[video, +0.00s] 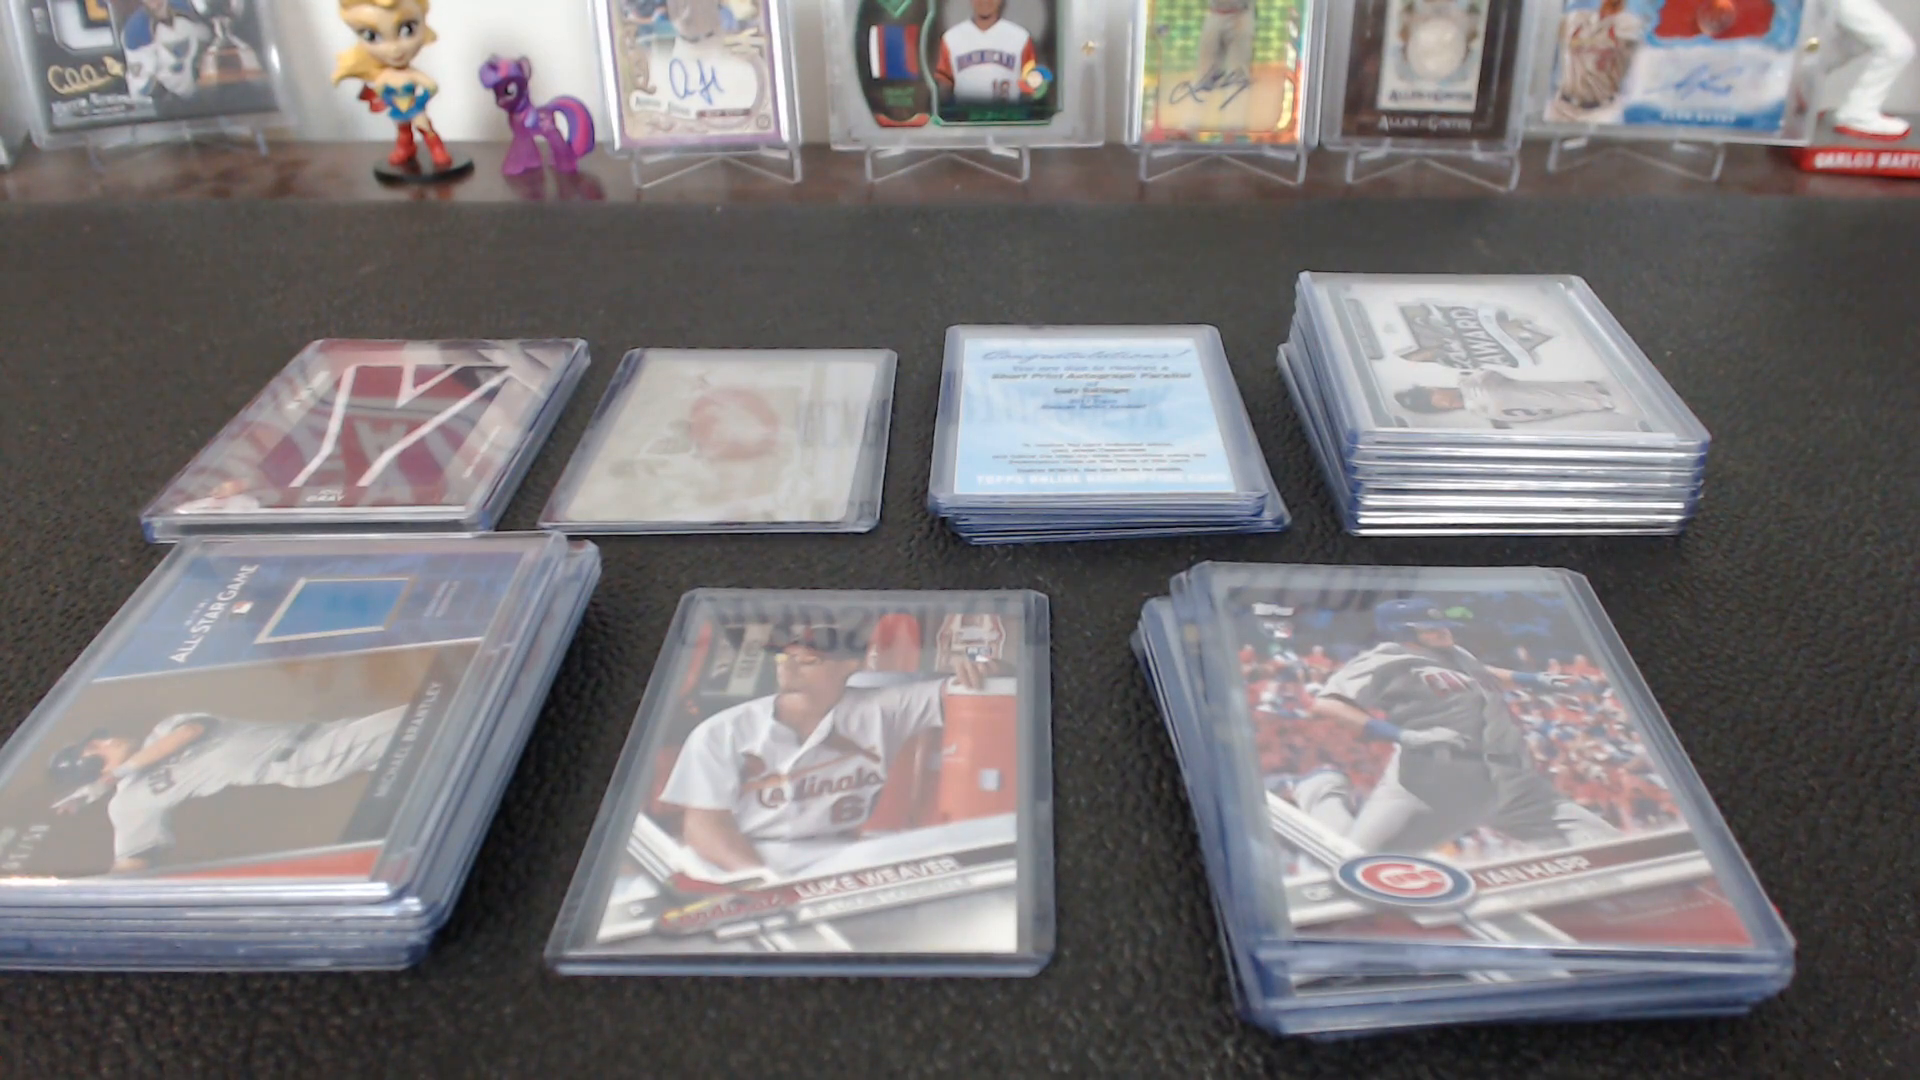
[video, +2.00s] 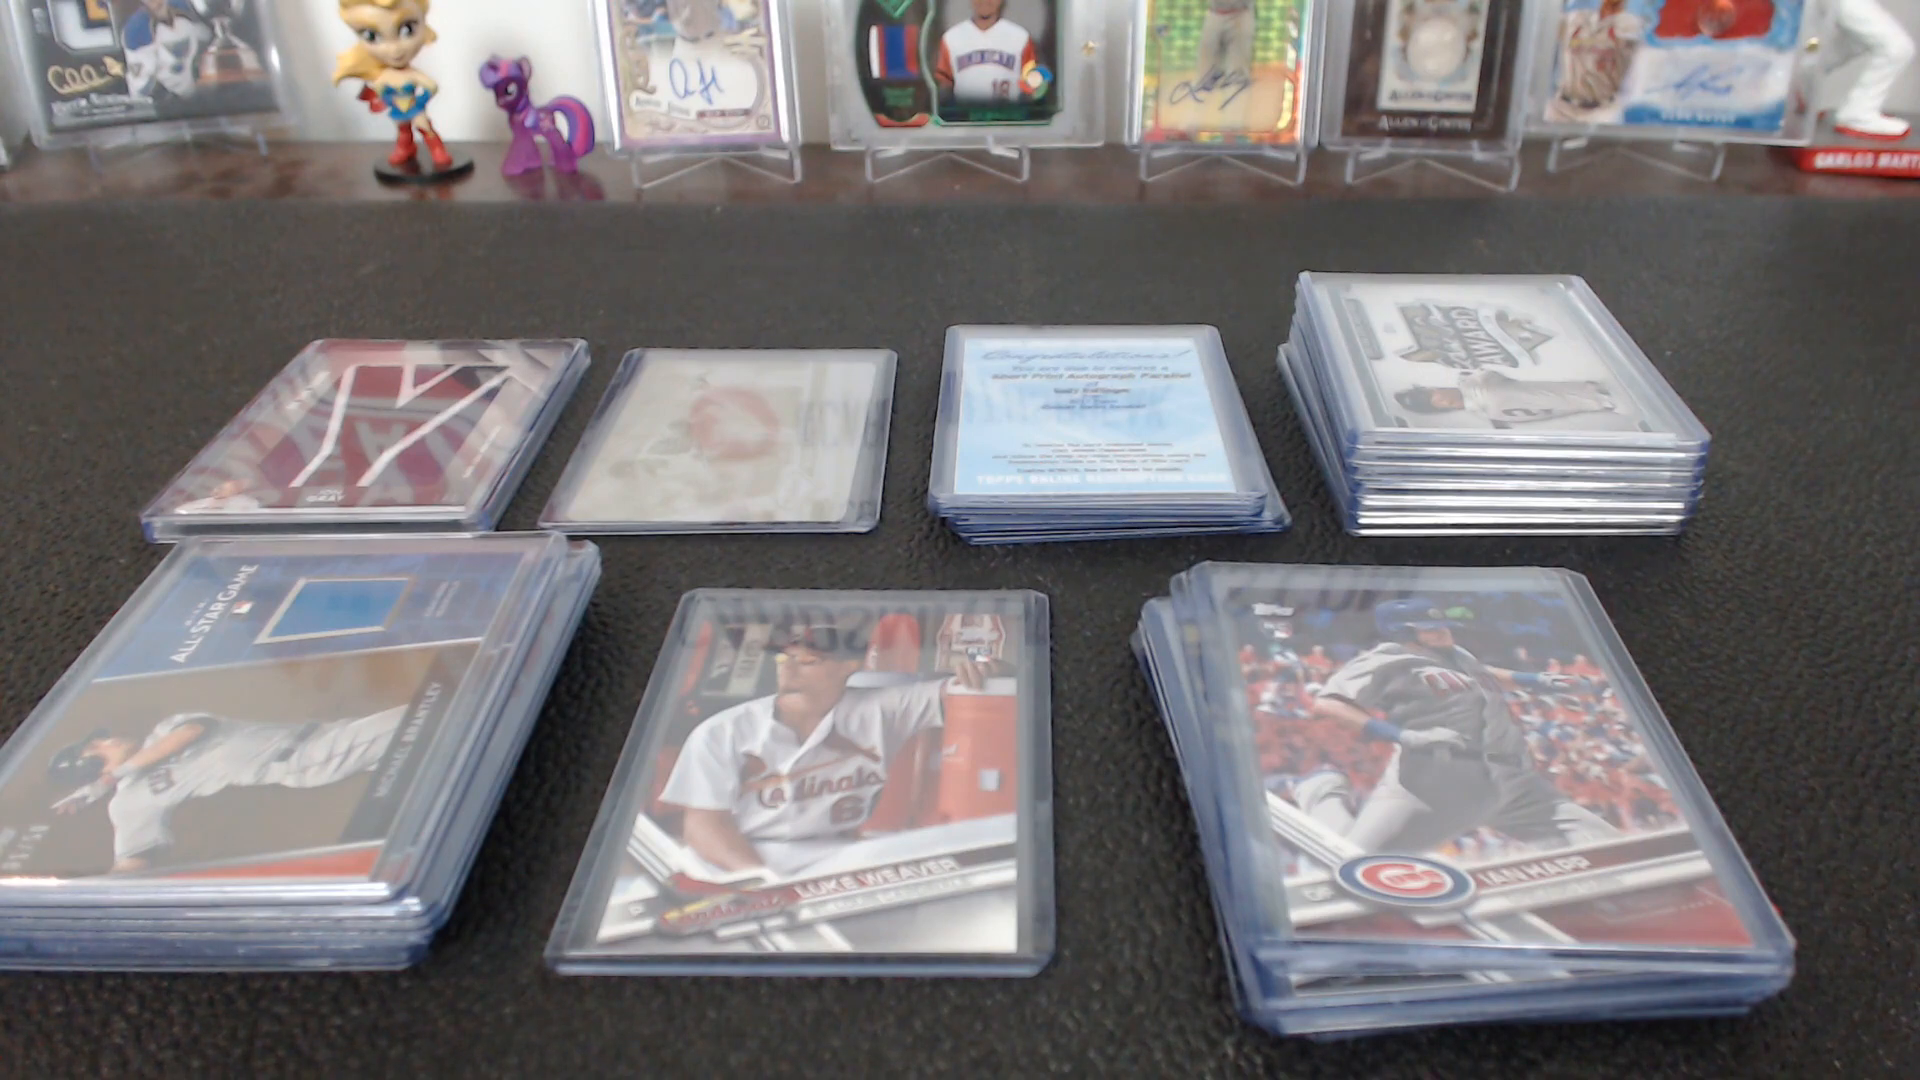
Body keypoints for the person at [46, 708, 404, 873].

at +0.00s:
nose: (109, 740)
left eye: (98, 739)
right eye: (99, 747)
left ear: (107, 743)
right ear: (100, 771)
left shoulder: (161, 728)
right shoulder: (130, 800)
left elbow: (193, 732)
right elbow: (129, 871)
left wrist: (116, 775)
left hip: (311, 732)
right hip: (298, 760)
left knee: (414, 721)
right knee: (412, 718)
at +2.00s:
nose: (113, 740)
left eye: (103, 739)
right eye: (103, 746)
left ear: (109, 741)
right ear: (101, 769)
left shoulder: (161, 729)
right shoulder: (131, 798)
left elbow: (192, 732)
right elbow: (130, 869)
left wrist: (116, 775)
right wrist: (88, 901)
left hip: (311, 732)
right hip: (299, 760)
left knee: (416, 721)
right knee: (414, 717)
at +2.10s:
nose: (113, 741)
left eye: (102, 741)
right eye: (103, 747)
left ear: (108, 741)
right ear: (101, 768)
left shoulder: (163, 727)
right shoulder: (131, 798)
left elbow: (192, 733)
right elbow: (129, 870)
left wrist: (114, 777)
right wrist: (87, 902)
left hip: (313, 732)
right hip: (300, 760)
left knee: (418, 719)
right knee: (416, 717)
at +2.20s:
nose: (112, 742)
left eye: (102, 742)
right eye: (103, 748)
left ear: (108, 741)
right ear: (101, 769)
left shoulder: (162, 728)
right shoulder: (131, 799)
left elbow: (192, 733)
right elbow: (130, 870)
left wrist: (114, 777)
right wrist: (89, 903)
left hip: (312, 732)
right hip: (300, 760)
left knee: (418, 720)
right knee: (416, 717)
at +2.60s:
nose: (112, 740)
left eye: (102, 740)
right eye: (102, 746)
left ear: (109, 741)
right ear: (101, 769)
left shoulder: (161, 728)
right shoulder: (131, 798)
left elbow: (192, 733)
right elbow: (130, 869)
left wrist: (114, 777)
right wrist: (88, 902)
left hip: (313, 732)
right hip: (300, 760)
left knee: (418, 720)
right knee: (416, 717)